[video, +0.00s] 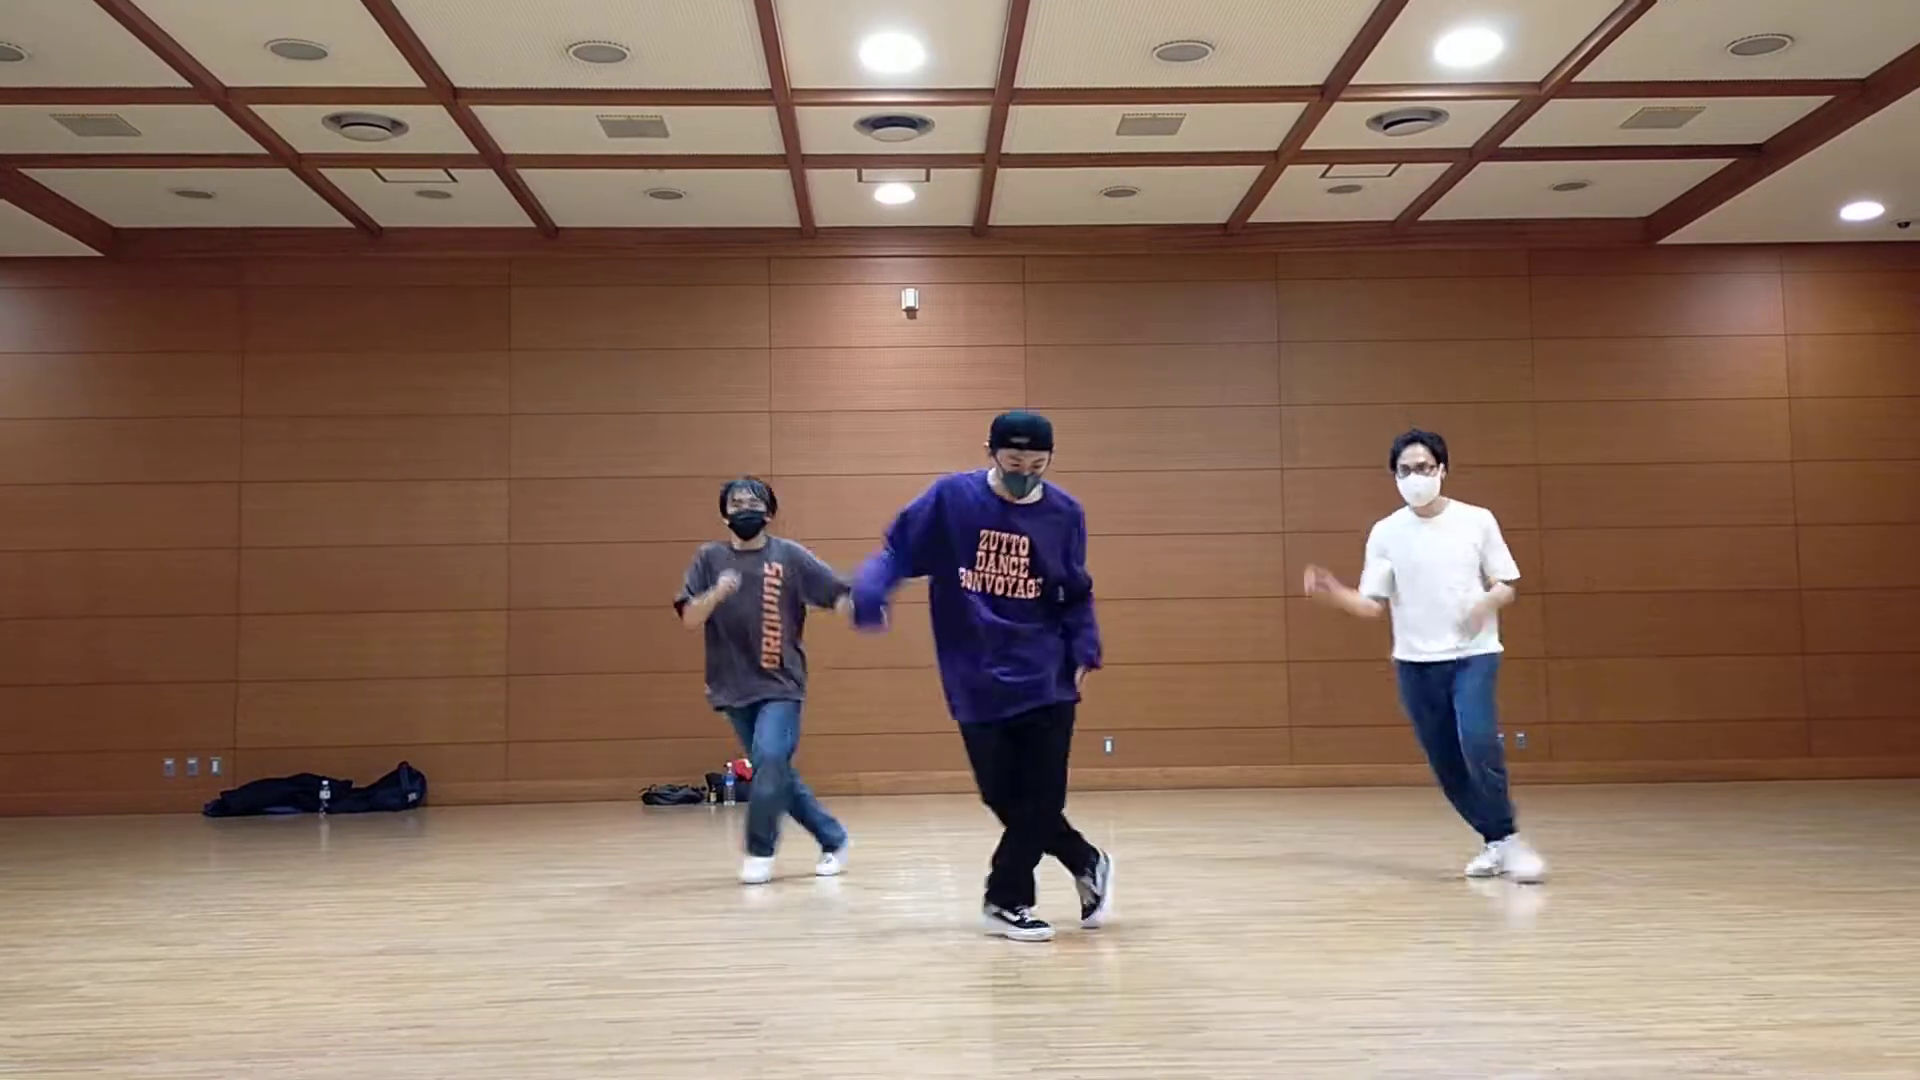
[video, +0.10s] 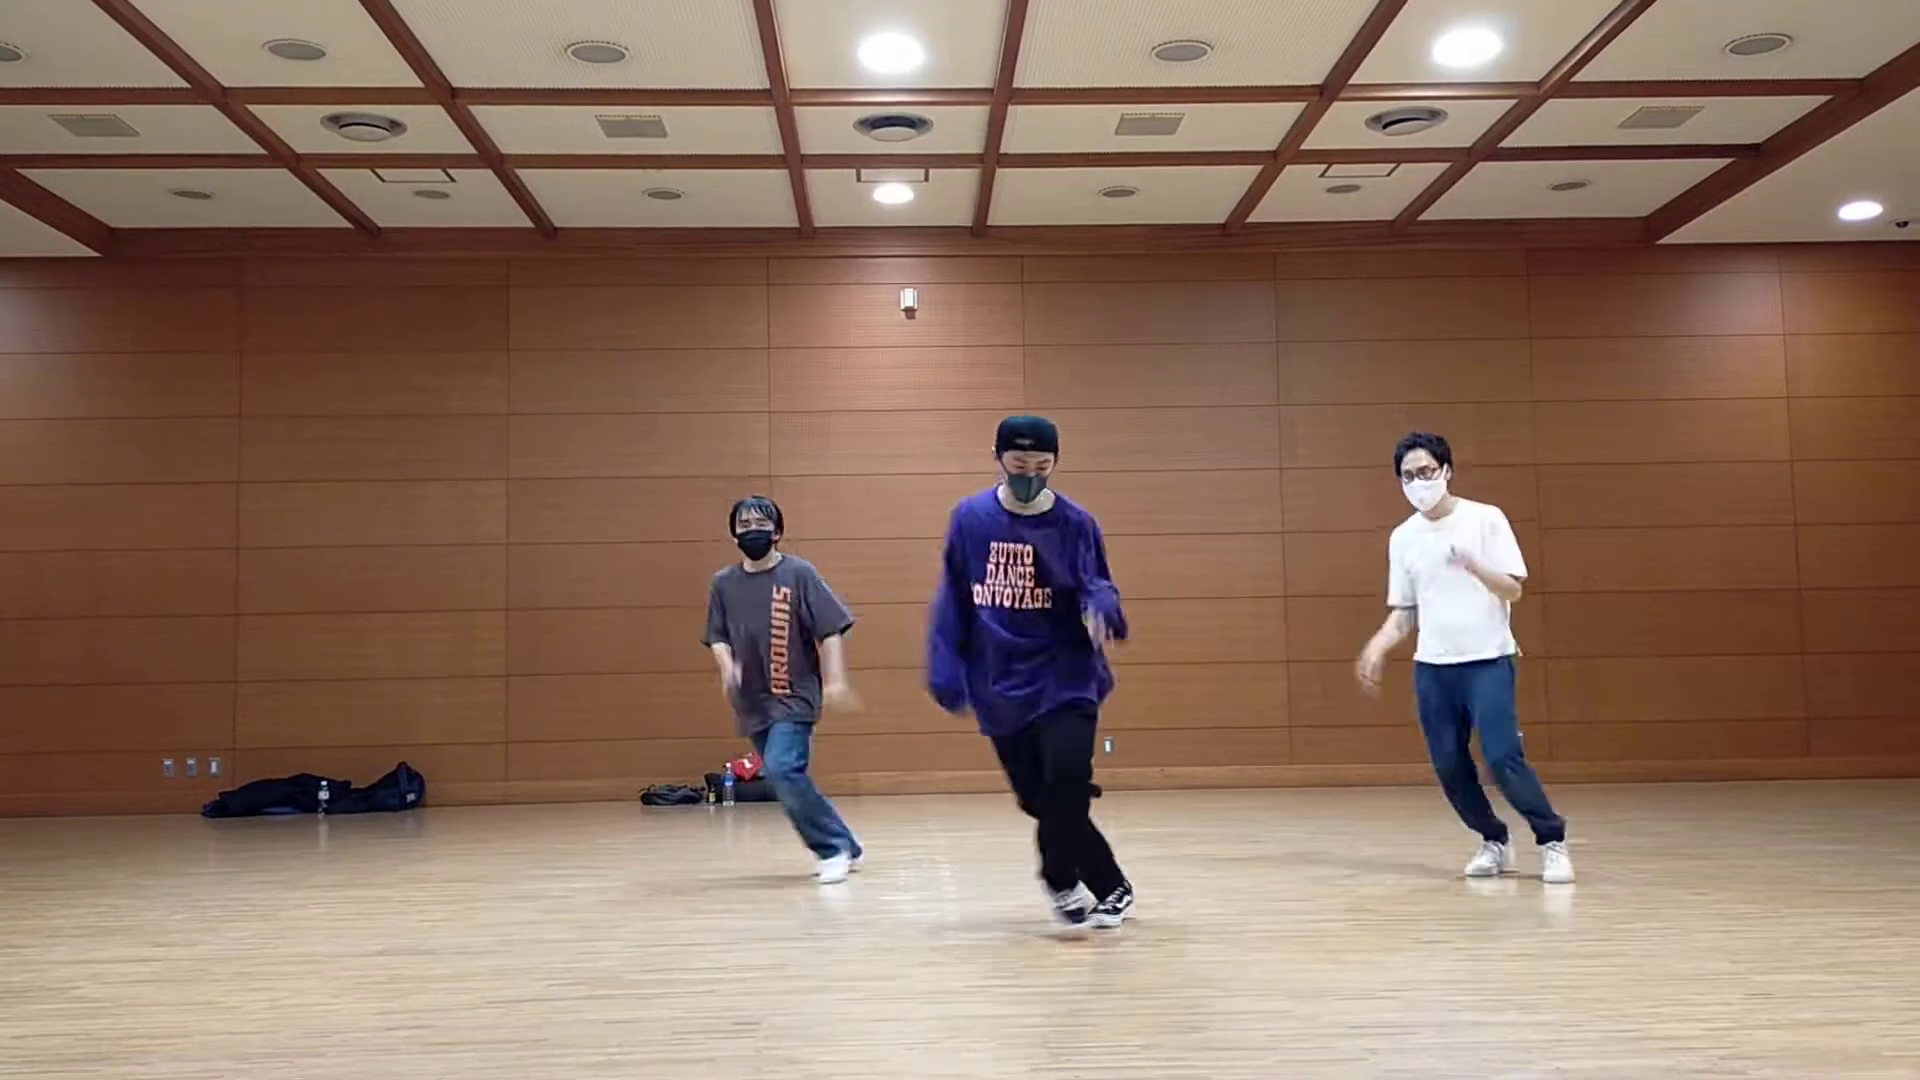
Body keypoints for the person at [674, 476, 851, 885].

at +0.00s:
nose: (745, 509)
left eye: (753, 502)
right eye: (736, 503)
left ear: (768, 511)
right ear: (725, 514)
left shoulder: (790, 556)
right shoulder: (711, 558)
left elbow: (837, 596)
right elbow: (689, 618)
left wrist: (864, 596)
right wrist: (716, 593)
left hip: (780, 684)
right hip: (732, 688)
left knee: (770, 762)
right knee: (772, 774)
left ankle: (759, 851)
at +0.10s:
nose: (753, 530)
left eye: (761, 523)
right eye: (745, 524)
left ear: (775, 529)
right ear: (734, 533)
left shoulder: (799, 574)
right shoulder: (723, 583)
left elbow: (830, 629)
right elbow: (717, 635)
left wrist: (835, 679)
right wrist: (727, 665)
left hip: (794, 696)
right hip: (751, 702)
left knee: (781, 770)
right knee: (783, 780)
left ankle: (833, 849)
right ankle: (841, 846)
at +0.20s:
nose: (755, 516)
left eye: (763, 508)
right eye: (747, 510)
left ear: (779, 516)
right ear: (737, 520)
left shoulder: (798, 563)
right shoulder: (730, 569)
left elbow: (812, 625)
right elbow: (730, 626)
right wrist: (728, 671)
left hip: (797, 689)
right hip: (755, 692)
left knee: (796, 772)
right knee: (783, 781)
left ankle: (847, 853)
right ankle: (835, 850)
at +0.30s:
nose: (744, 504)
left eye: (752, 496)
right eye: (736, 497)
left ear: (768, 502)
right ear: (727, 505)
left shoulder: (785, 544)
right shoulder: (727, 552)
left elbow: (793, 605)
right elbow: (736, 605)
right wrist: (726, 651)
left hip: (796, 674)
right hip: (754, 677)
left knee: (810, 764)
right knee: (752, 765)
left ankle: (846, 855)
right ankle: (805, 834)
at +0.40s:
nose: (727, 504)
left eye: (737, 498)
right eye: (720, 498)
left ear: (755, 506)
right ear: (711, 509)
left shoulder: (769, 550)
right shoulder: (725, 554)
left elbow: (768, 609)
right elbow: (744, 605)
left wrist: (711, 594)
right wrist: (730, 645)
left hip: (792, 676)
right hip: (752, 677)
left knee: (814, 765)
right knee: (731, 759)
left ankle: (861, 850)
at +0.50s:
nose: (713, 533)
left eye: (723, 526)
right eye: (707, 527)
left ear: (742, 534)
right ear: (698, 536)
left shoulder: (754, 578)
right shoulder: (721, 579)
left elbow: (754, 642)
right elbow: (738, 634)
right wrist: (724, 660)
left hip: (784, 695)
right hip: (750, 693)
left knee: (812, 781)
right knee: (708, 770)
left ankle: (875, 855)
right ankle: (676, 863)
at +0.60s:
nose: (696, 538)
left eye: (706, 532)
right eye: (689, 533)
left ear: (724, 542)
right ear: (680, 542)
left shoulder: (740, 588)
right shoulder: (695, 581)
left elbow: (742, 653)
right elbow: (701, 624)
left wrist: (697, 685)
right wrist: (673, 657)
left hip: (763, 705)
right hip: (722, 701)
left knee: (798, 778)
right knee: (681, 763)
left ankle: (867, 854)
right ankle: (673, 867)